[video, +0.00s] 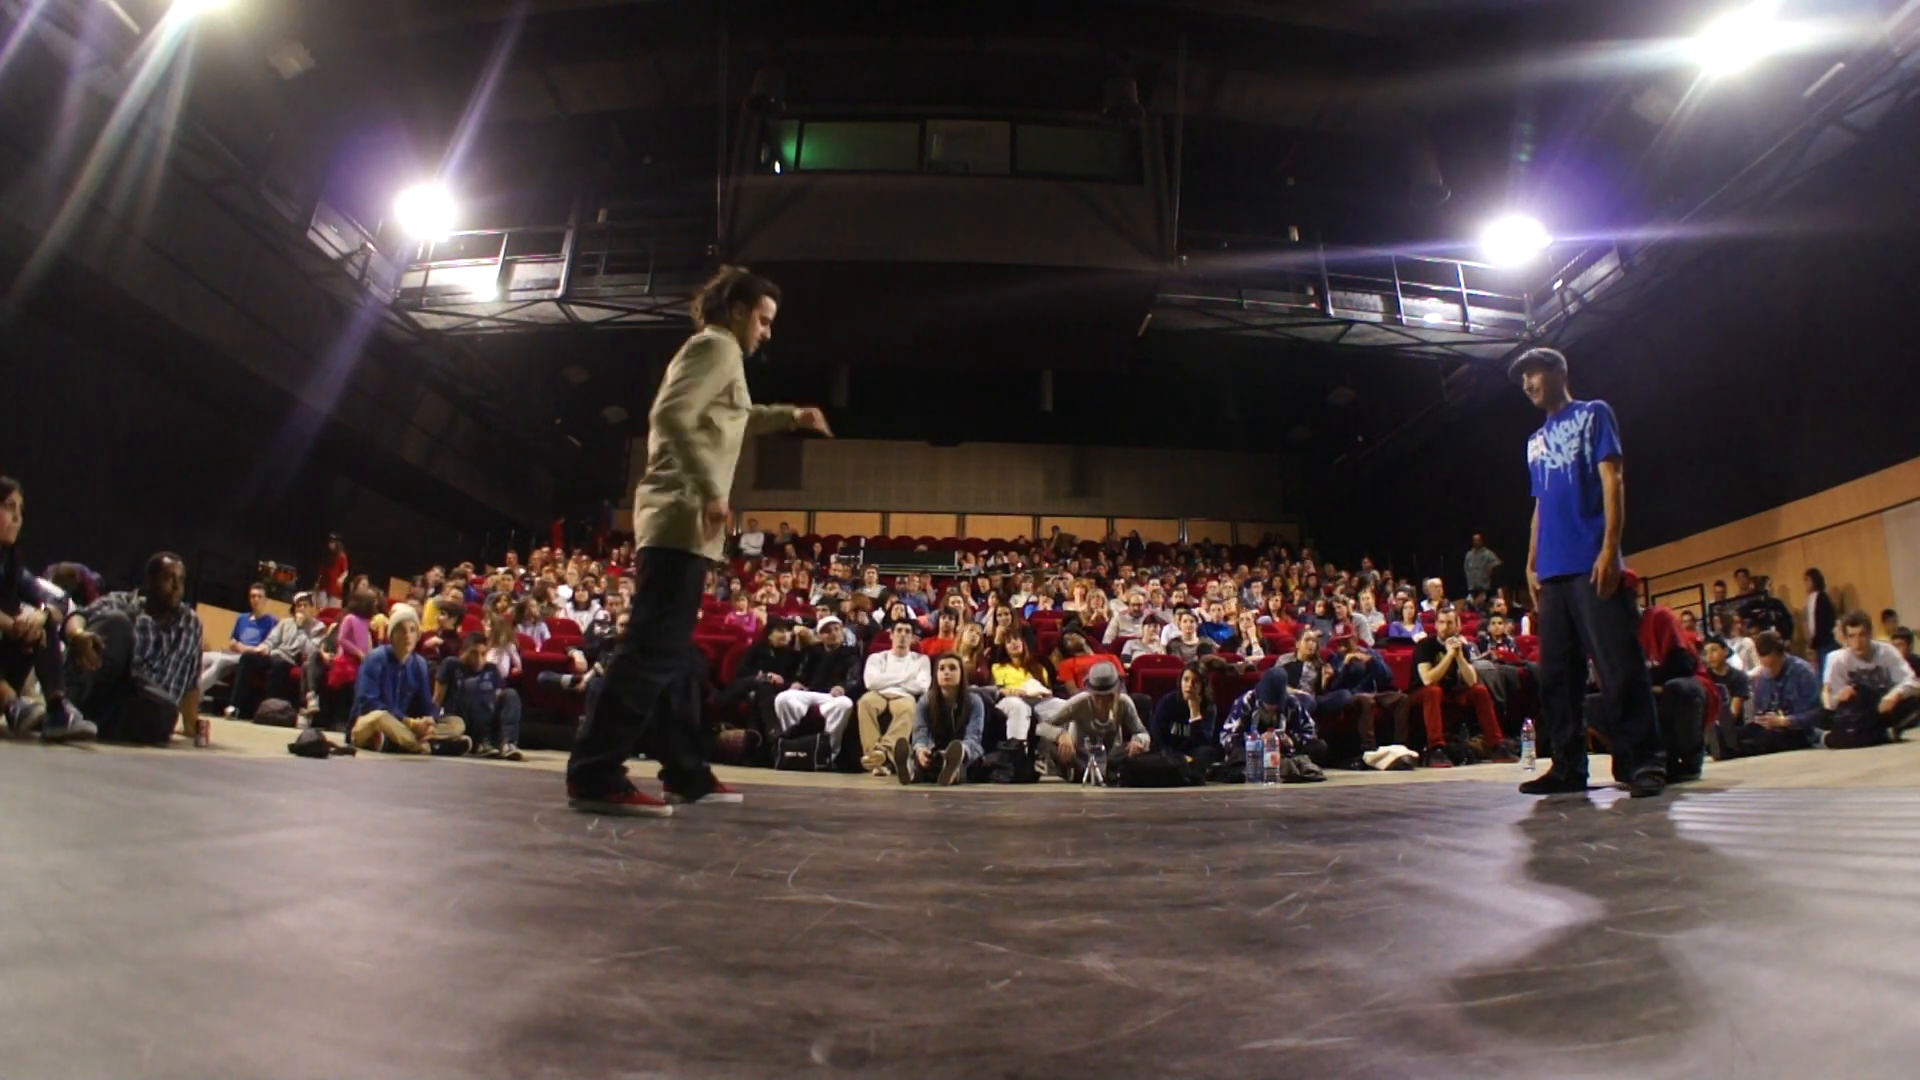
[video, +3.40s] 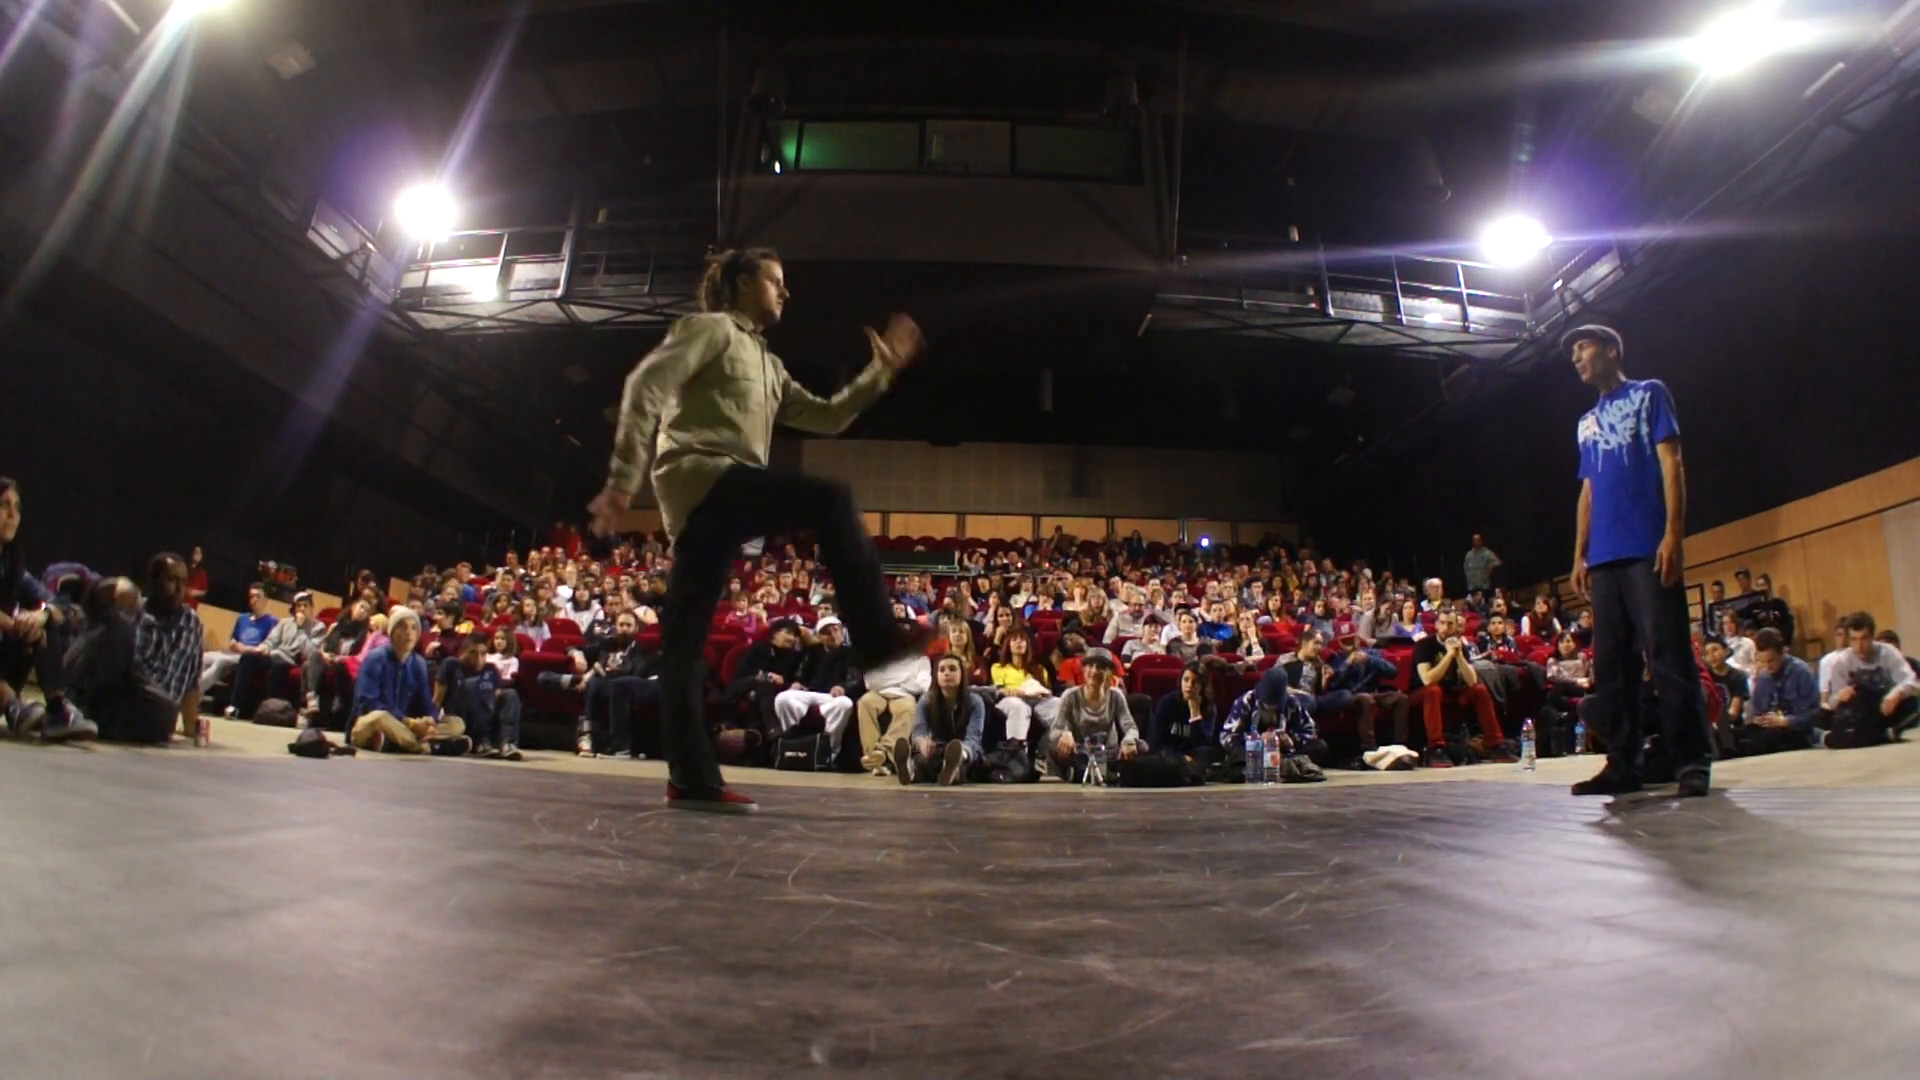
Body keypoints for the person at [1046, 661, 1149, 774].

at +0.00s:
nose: (1102, 701)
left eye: (1107, 696)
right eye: (1097, 696)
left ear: (1116, 691)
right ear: (1090, 691)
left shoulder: (1124, 702)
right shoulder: (1080, 702)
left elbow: (1142, 734)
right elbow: (1042, 727)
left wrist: (1137, 742)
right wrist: (1061, 735)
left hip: (1112, 757)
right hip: (1081, 757)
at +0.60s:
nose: (1096, 689)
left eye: (1101, 684)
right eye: (1091, 684)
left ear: (1109, 680)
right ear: (1085, 682)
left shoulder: (1118, 696)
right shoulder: (1071, 697)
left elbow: (1129, 727)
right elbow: (1056, 729)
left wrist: (1137, 734)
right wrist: (1061, 733)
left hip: (1111, 750)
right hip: (1080, 750)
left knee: (1137, 747)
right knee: (1056, 743)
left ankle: (1082, 772)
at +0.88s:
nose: (1095, 690)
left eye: (1099, 684)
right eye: (1089, 685)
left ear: (1107, 680)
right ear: (1083, 683)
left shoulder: (1118, 696)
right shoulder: (1071, 697)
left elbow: (1131, 727)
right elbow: (1056, 730)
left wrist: (1134, 740)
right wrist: (1062, 735)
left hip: (1112, 753)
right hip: (1080, 754)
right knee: (1058, 750)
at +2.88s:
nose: (1094, 687)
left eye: (1099, 681)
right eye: (1089, 682)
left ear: (1108, 678)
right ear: (1083, 679)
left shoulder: (1117, 696)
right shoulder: (1069, 698)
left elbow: (1132, 729)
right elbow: (1052, 735)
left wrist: (1129, 741)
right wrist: (1063, 734)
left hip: (1109, 753)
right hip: (1078, 755)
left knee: (1140, 748)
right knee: (1055, 747)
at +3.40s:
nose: (1094, 671)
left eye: (1100, 667)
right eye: (1090, 666)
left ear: (1109, 672)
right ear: (1083, 669)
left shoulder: (1116, 696)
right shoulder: (1070, 696)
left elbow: (1130, 727)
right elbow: (1054, 732)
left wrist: (1128, 741)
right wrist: (1065, 733)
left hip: (1108, 753)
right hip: (1077, 753)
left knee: (1140, 747)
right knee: (1056, 747)